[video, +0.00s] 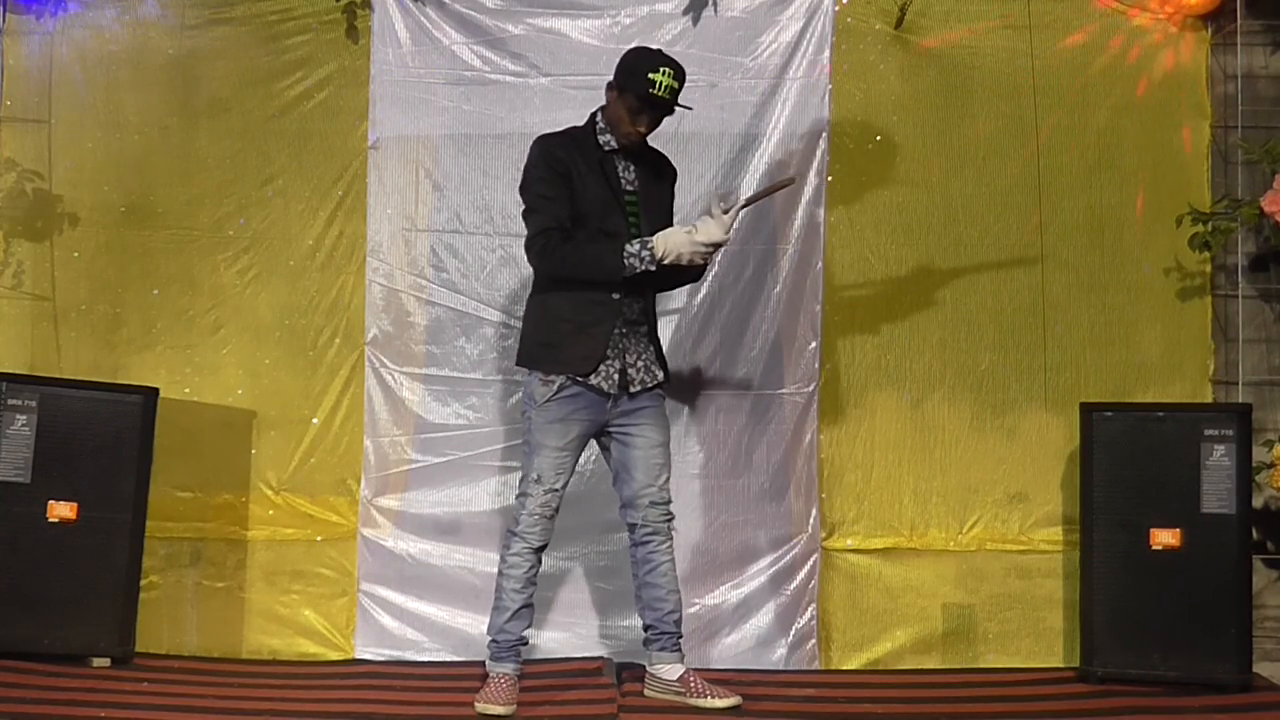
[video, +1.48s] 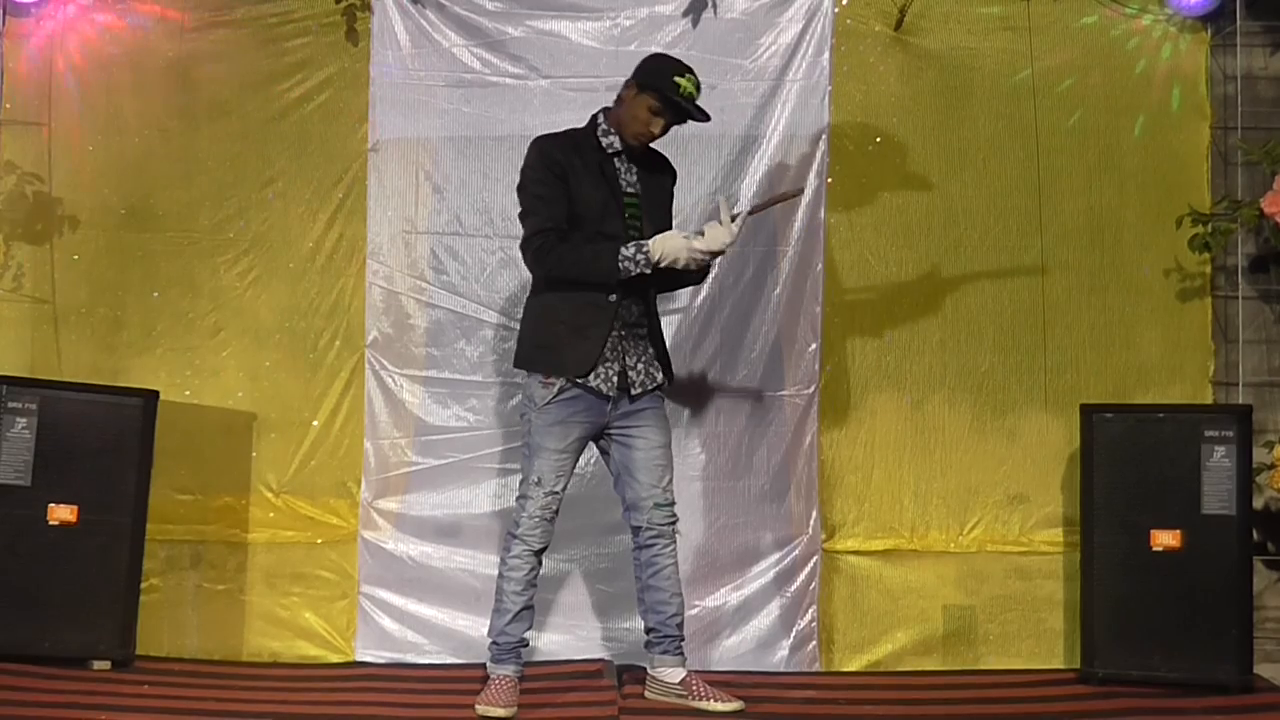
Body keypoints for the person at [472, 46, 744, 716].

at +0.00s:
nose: (647, 120)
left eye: (658, 112)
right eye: (640, 104)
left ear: (666, 112)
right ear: (613, 91)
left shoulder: (658, 171)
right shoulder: (554, 152)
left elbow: (645, 278)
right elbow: (549, 256)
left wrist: (696, 254)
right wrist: (650, 250)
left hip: (638, 374)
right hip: (563, 373)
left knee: (652, 516)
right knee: (534, 518)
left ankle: (665, 669)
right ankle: (502, 669)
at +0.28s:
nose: (643, 120)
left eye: (655, 112)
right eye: (637, 104)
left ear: (663, 112)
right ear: (610, 91)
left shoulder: (655, 169)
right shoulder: (550, 151)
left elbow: (640, 275)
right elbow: (542, 254)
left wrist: (690, 254)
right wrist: (642, 250)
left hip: (633, 373)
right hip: (558, 372)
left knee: (649, 516)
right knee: (531, 519)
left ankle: (665, 668)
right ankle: (502, 668)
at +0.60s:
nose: (651, 124)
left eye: (662, 115)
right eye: (645, 109)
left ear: (667, 115)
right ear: (615, 95)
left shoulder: (656, 172)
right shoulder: (553, 154)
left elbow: (641, 277)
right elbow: (545, 258)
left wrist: (693, 257)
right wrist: (647, 254)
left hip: (635, 375)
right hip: (561, 374)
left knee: (650, 519)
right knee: (532, 521)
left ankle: (666, 671)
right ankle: (503, 671)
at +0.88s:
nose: (653, 123)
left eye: (663, 113)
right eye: (646, 108)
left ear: (665, 115)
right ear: (615, 95)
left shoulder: (655, 173)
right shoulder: (553, 155)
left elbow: (641, 278)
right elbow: (547, 259)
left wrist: (692, 255)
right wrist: (647, 252)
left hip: (635, 376)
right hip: (559, 375)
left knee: (652, 519)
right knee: (533, 523)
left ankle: (667, 671)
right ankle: (503, 670)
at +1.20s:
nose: (660, 127)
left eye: (669, 119)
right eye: (655, 112)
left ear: (669, 119)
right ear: (623, 94)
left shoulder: (659, 177)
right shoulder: (558, 151)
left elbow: (643, 281)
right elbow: (555, 254)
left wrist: (689, 264)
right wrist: (653, 253)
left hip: (635, 373)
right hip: (561, 372)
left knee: (653, 520)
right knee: (532, 524)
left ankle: (667, 673)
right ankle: (502, 673)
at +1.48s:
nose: (661, 127)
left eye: (672, 120)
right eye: (657, 111)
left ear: (673, 120)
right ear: (627, 91)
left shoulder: (657, 174)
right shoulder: (553, 153)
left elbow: (644, 278)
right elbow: (545, 256)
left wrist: (700, 255)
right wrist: (645, 253)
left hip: (640, 377)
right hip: (566, 375)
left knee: (655, 519)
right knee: (533, 522)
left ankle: (667, 672)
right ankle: (503, 671)